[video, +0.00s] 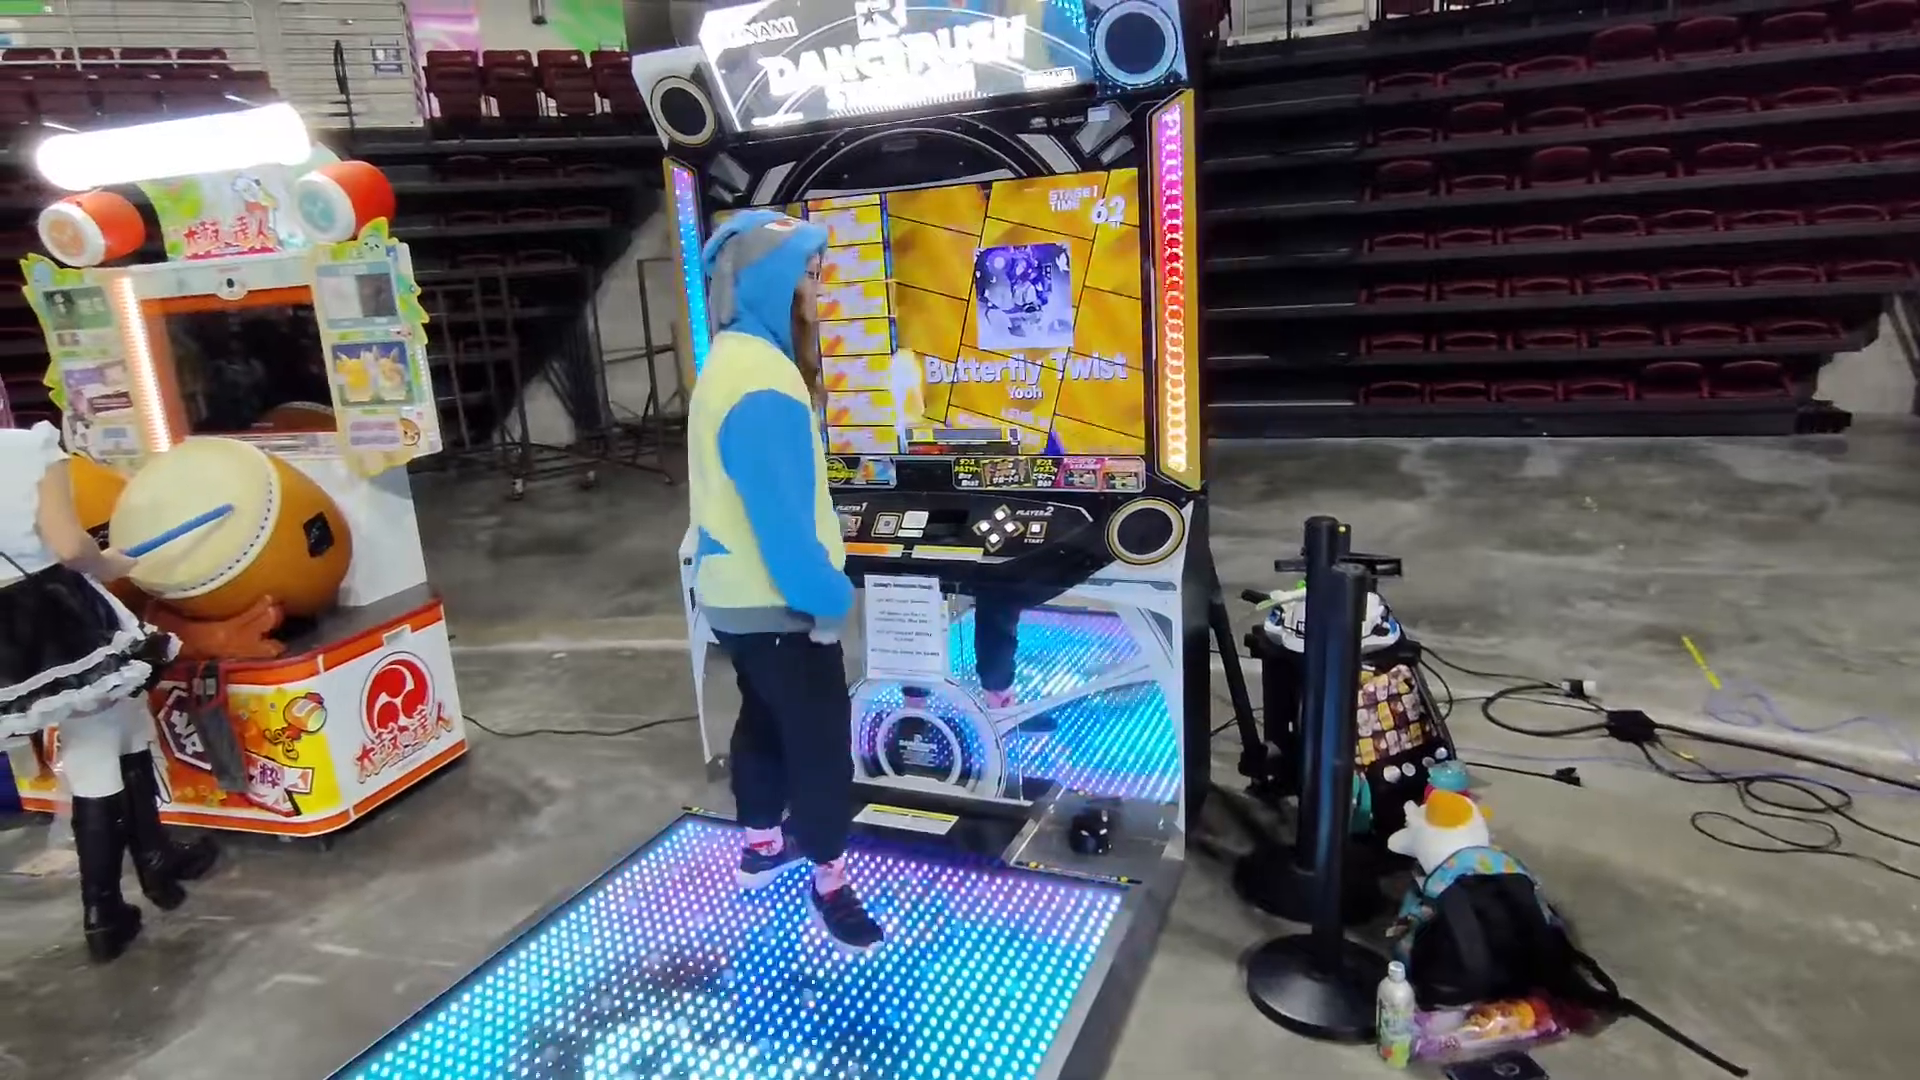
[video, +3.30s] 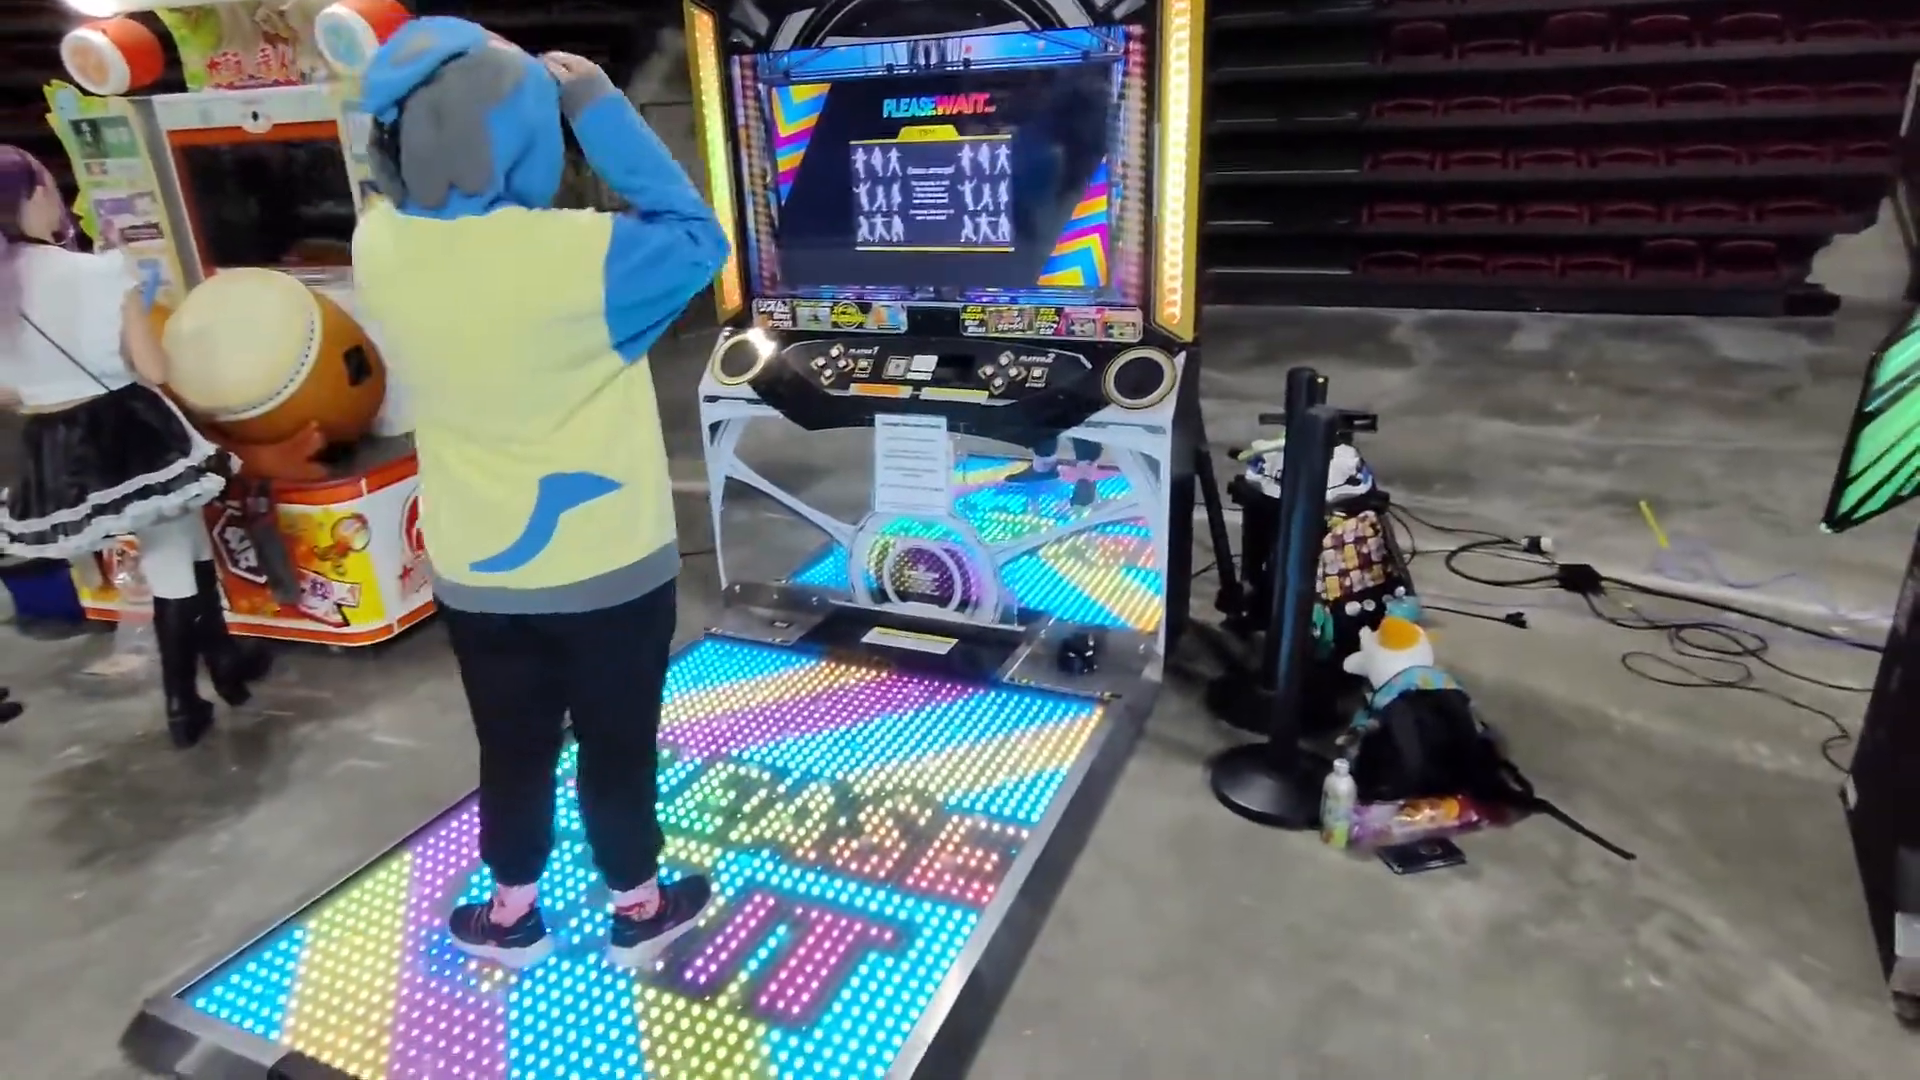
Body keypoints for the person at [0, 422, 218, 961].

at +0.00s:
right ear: (17, 391)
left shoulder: (28, 449)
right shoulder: (32, 447)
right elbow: (68, 544)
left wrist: (94, 562)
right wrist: (106, 563)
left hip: (16, 636)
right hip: (58, 626)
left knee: (127, 715)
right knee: (92, 748)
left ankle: (155, 857)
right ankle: (101, 909)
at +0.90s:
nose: (70, 350)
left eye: (65, 339)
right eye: (62, 340)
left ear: (14, 356)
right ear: (36, 348)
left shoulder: (6, 431)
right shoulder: (97, 421)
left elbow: (15, 543)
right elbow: (148, 516)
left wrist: (65, 546)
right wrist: (179, 531)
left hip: (57, 598)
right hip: (127, 585)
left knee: (197, 674)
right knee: (171, 706)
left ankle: (229, 809)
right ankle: (183, 861)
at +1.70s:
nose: (67, 340)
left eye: (60, 328)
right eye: (56, 329)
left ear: (13, 347)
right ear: (28, 342)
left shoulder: (7, 417)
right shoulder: (103, 409)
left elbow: (13, 535)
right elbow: (157, 498)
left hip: (45, 589)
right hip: (121, 578)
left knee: (173, 674)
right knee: (164, 700)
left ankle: (218, 807)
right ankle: (165, 855)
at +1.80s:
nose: (54, 334)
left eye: (47, 323)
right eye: (46, 323)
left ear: (4, 340)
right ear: (22, 333)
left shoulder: (7, 412)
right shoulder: (92, 408)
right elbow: (147, 500)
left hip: (34, 595)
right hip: (112, 585)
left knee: (166, 670)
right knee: (151, 695)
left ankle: (205, 809)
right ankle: (154, 858)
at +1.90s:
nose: (33, 323)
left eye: (26, 310)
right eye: (25, 311)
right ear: (8, 319)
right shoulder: (74, 395)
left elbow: (129, 488)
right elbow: (133, 490)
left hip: (15, 593)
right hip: (89, 583)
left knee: (147, 651)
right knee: (138, 683)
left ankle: (187, 798)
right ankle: (137, 850)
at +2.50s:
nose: (30, 261)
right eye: (24, 251)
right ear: (16, 257)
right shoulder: (48, 323)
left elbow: (92, 419)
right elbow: (94, 421)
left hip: (11, 505)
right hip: (70, 493)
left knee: (125, 593)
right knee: (108, 623)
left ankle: (165, 726)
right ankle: (118, 774)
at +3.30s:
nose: (60, 200)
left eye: (55, 189)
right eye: (52, 190)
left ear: (8, 206)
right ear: (29, 199)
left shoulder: (5, 282)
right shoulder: (102, 271)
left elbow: (9, 393)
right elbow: (151, 369)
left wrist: (51, 393)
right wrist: (140, 313)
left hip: (56, 443)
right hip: (128, 432)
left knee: (179, 535)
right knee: (168, 560)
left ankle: (225, 658)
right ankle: (183, 706)